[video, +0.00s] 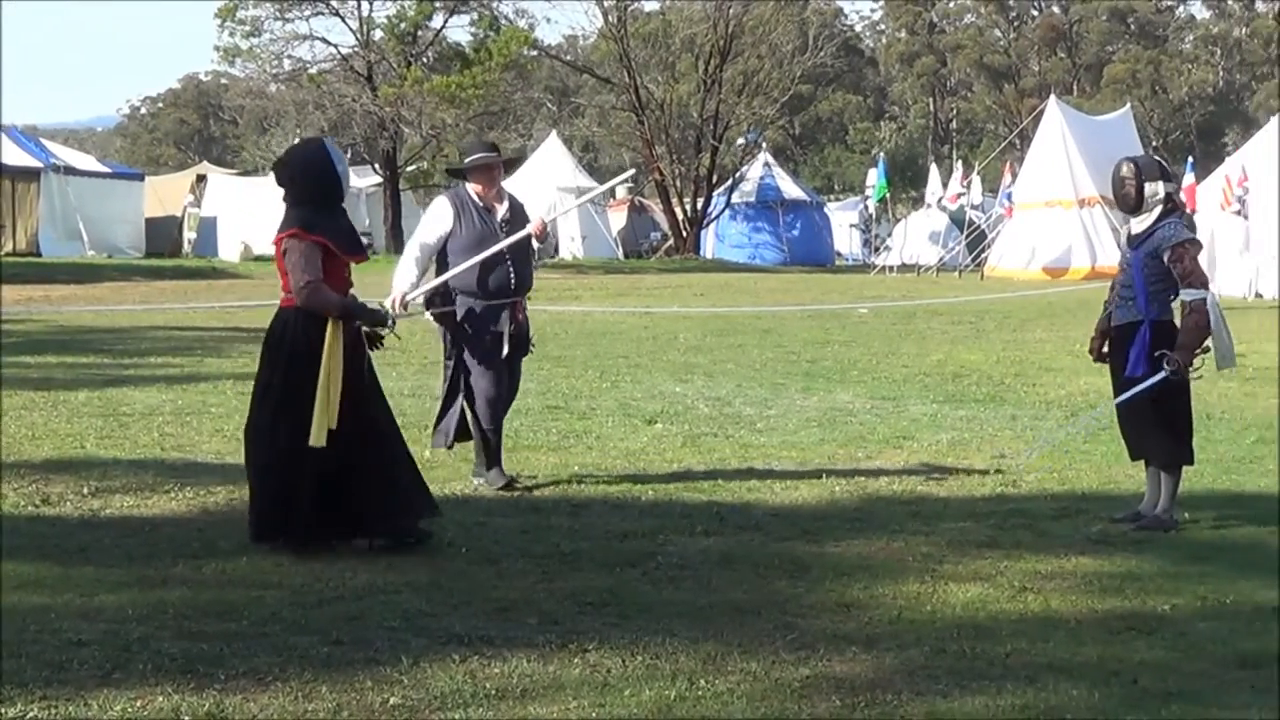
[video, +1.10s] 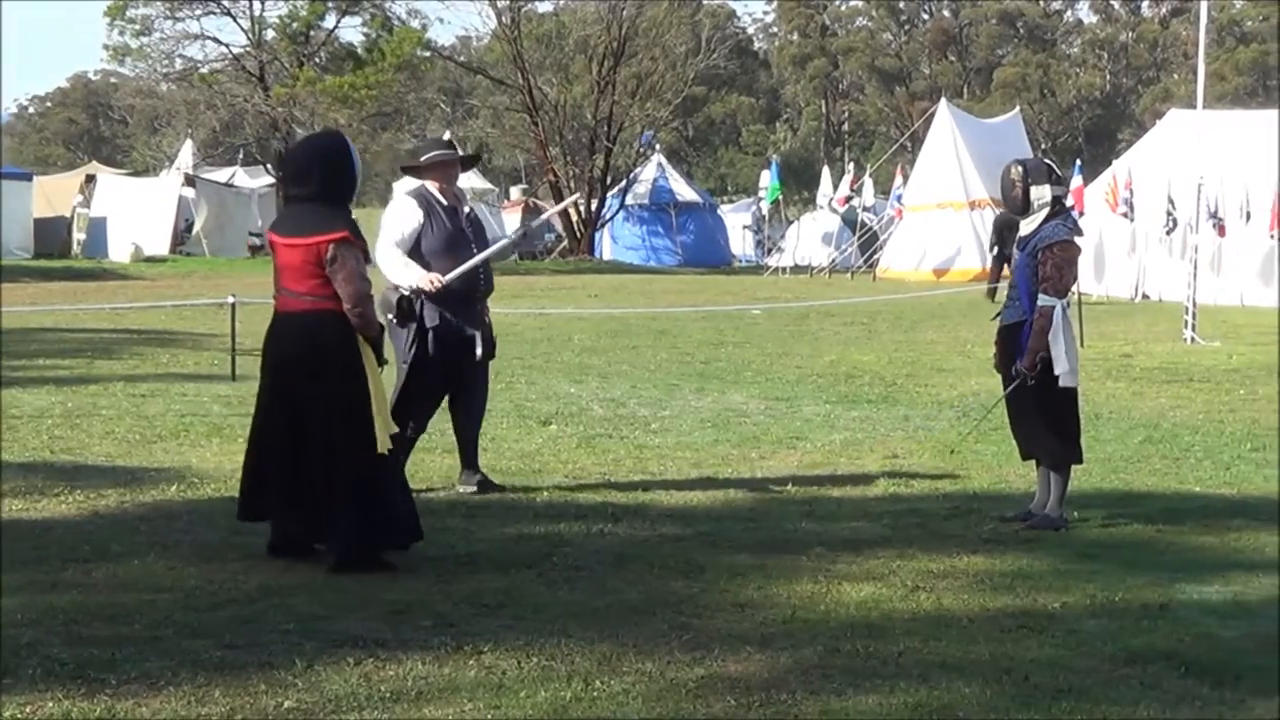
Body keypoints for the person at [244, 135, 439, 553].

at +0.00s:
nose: (345, 180)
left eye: (342, 172)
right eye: (338, 172)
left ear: (301, 181)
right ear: (320, 179)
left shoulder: (321, 226)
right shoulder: (300, 229)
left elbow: (326, 288)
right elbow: (308, 291)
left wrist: (358, 320)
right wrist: (360, 310)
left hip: (331, 334)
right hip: (308, 336)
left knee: (346, 425)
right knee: (312, 429)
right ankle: (311, 523)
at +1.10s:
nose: (356, 176)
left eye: (353, 167)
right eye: (351, 168)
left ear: (295, 177)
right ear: (340, 177)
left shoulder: (281, 227)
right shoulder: (337, 232)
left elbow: (289, 285)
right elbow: (356, 302)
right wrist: (376, 336)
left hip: (285, 332)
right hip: (329, 337)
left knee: (293, 432)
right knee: (344, 434)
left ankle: (288, 532)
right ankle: (354, 543)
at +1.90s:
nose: (307, 183)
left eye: (304, 175)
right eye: (303, 175)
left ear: (248, 176)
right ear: (293, 180)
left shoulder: (229, 227)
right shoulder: (291, 234)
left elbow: (245, 280)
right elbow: (313, 303)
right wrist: (333, 341)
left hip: (242, 335)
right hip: (287, 341)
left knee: (246, 437)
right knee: (300, 438)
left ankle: (244, 543)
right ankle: (310, 544)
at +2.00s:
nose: (307, 182)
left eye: (305, 173)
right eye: (304, 175)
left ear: (247, 174)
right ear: (292, 181)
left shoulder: (228, 223)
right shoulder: (290, 235)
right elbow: (314, 305)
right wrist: (335, 342)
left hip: (244, 335)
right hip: (289, 341)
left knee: (245, 438)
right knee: (300, 441)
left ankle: (241, 543)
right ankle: (307, 545)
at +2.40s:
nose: (306, 180)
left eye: (303, 172)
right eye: (302, 174)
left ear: (246, 178)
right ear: (294, 182)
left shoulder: (230, 227)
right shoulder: (290, 236)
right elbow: (316, 303)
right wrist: (338, 343)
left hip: (247, 336)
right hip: (291, 342)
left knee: (247, 438)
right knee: (302, 440)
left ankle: (241, 540)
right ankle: (304, 544)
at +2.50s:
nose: (307, 178)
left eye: (304, 170)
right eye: (302, 171)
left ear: (247, 176)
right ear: (291, 179)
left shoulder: (229, 227)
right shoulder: (291, 235)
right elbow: (317, 305)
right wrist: (339, 344)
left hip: (247, 337)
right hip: (291, 343)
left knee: (247, 439)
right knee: (305, 441)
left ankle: (242, 541)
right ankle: (310, 546)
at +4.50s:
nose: (304, 181)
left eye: (302, 173)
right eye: (301, 173)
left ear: (246, 176)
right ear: (292, 178)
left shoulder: (225, 235)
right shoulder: (302, 235)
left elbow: (228, 302)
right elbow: (325, 307)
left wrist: (253, 326)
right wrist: (341, 339)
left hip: (247, 344)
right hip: (299, 346)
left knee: (253, 442)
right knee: (312, 443)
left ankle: (257, 549)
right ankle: (320, 548)